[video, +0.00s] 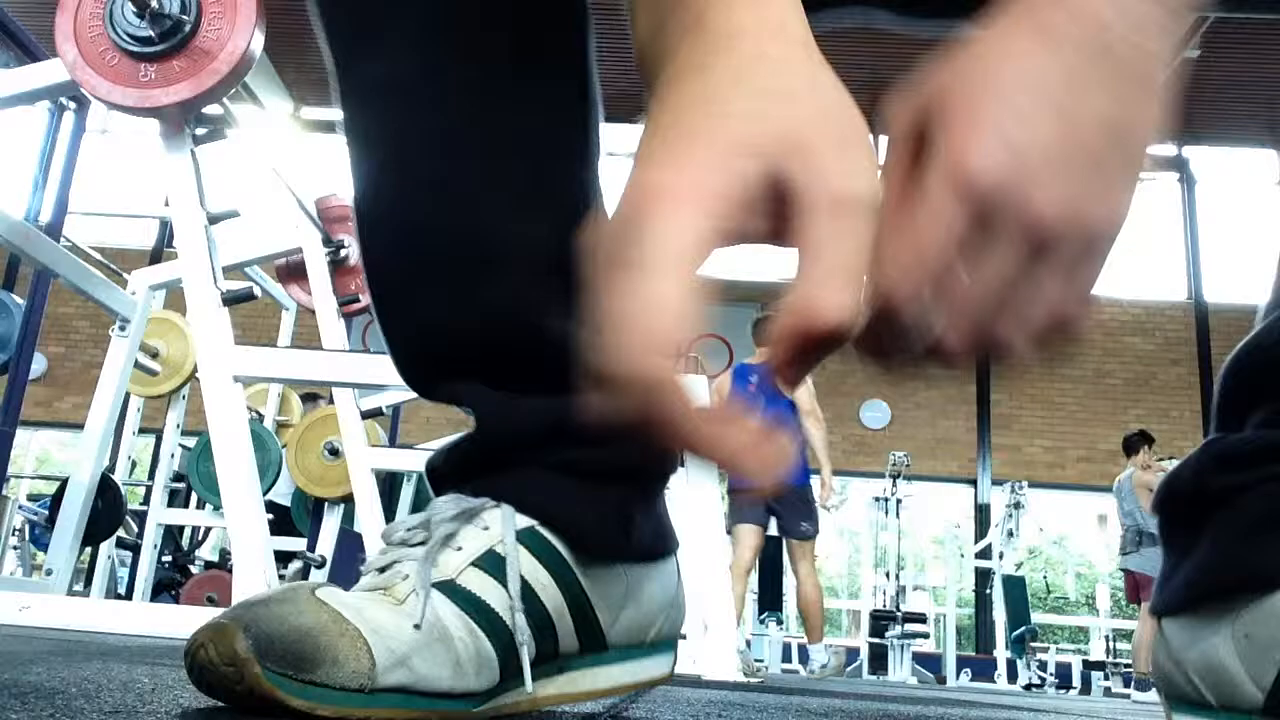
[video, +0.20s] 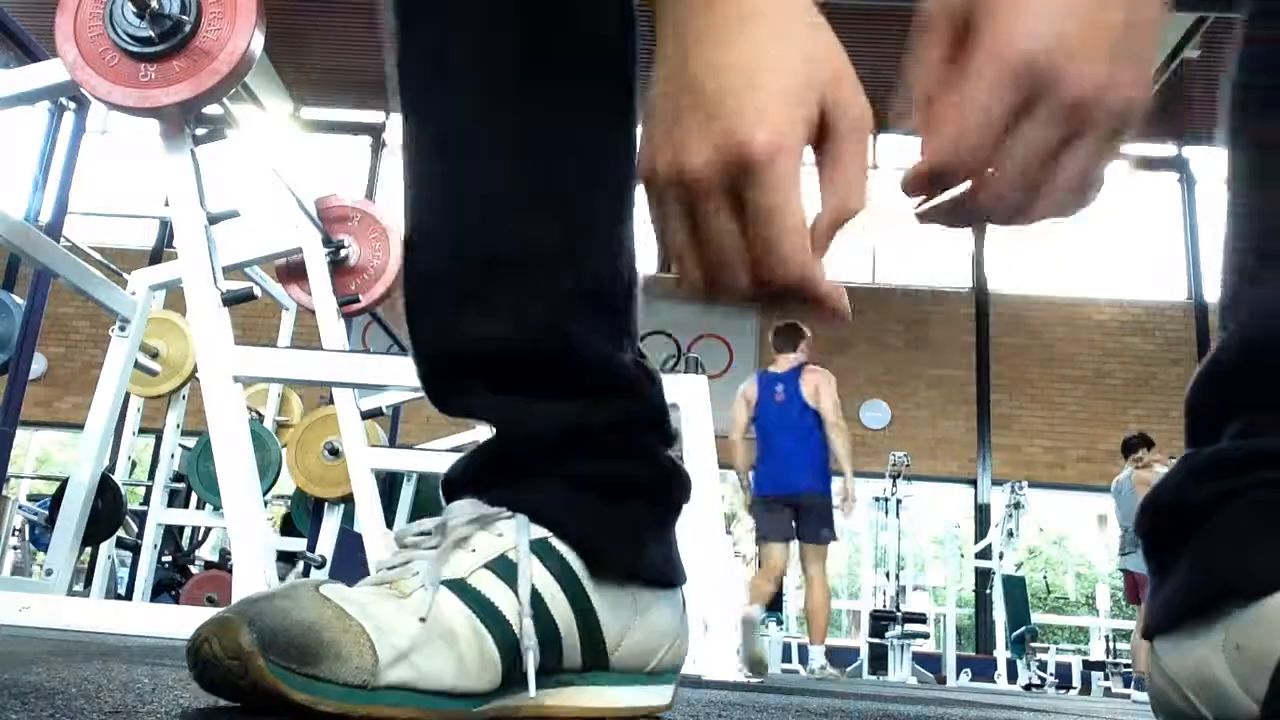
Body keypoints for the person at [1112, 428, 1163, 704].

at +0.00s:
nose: (1151, 456)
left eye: (1150, 451)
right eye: (1150, 451)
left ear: (1127, 453)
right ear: (1142, 451)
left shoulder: (1119, 481)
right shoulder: (1143, 477)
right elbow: (1176, 485)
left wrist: (1149, 471)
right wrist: (1160, 470)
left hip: (1129, 552)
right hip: (1149, 551)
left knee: (1144, 617)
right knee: (1149, 617)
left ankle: (1139, 677)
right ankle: (1143, 679)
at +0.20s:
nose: (1151, 458)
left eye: (1150, 454)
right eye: (1150, 453)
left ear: (1125, 456)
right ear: (1143, 453)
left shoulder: (1116, 483)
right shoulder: (1149, 477)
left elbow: (1121, 520)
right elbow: (1177, 491)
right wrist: (1168, 467)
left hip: (1127, 556)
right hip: (1146, 556)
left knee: (1141, 620)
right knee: (1146, 620)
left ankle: (1138, 676)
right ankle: (1141, 678)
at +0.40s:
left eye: (1124, 458)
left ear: (1125, 456)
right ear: (1153, 453)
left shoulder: (1117, 483)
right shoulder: (1160, 474)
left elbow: (1119, 523)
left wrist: (1125, 544)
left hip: (1128, 553)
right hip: (1153, 550)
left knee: (1138, 612)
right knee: (1152, 609)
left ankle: (1138, 673)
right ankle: (1148, 671)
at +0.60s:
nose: (1153, 460)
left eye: (1152, 457)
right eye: (1152, 456)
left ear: (1125, 455)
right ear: (1144, 453)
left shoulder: (1112, 484)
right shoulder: (1147, 473)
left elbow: (1117, 522)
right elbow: (1172, 465)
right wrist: (1160, 456)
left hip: (1122, 555)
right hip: (1143, 553)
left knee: (1137, 615)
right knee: (1149, 613)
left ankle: (1135, 671)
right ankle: (1144, 672)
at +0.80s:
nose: (1147, 468)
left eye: (1148, 465)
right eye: (1147, 464)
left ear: (1125, 460)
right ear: (1139, 460)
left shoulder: (1109, 486)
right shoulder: (1142, 482)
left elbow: (1111, 523)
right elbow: (1151, 515)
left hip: (1121, 556)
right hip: (1140, 555)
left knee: (1135, 614)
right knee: (1147, 613)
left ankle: (1135, 673)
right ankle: (1143, 672)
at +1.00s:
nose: (1154, 468)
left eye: (1154, 464)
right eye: (1153, 463)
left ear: (1133, 462)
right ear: (1144, 462)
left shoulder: (1113, 486)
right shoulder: (1148, 485)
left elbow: (1110, 526)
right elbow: (1151, 523)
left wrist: (1116, 548)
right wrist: (1154, 548)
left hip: (1120, 557)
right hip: (1141, 557)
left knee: (1135, 615)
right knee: (1147, 615)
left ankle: (1135, 673)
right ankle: (1144, 671)